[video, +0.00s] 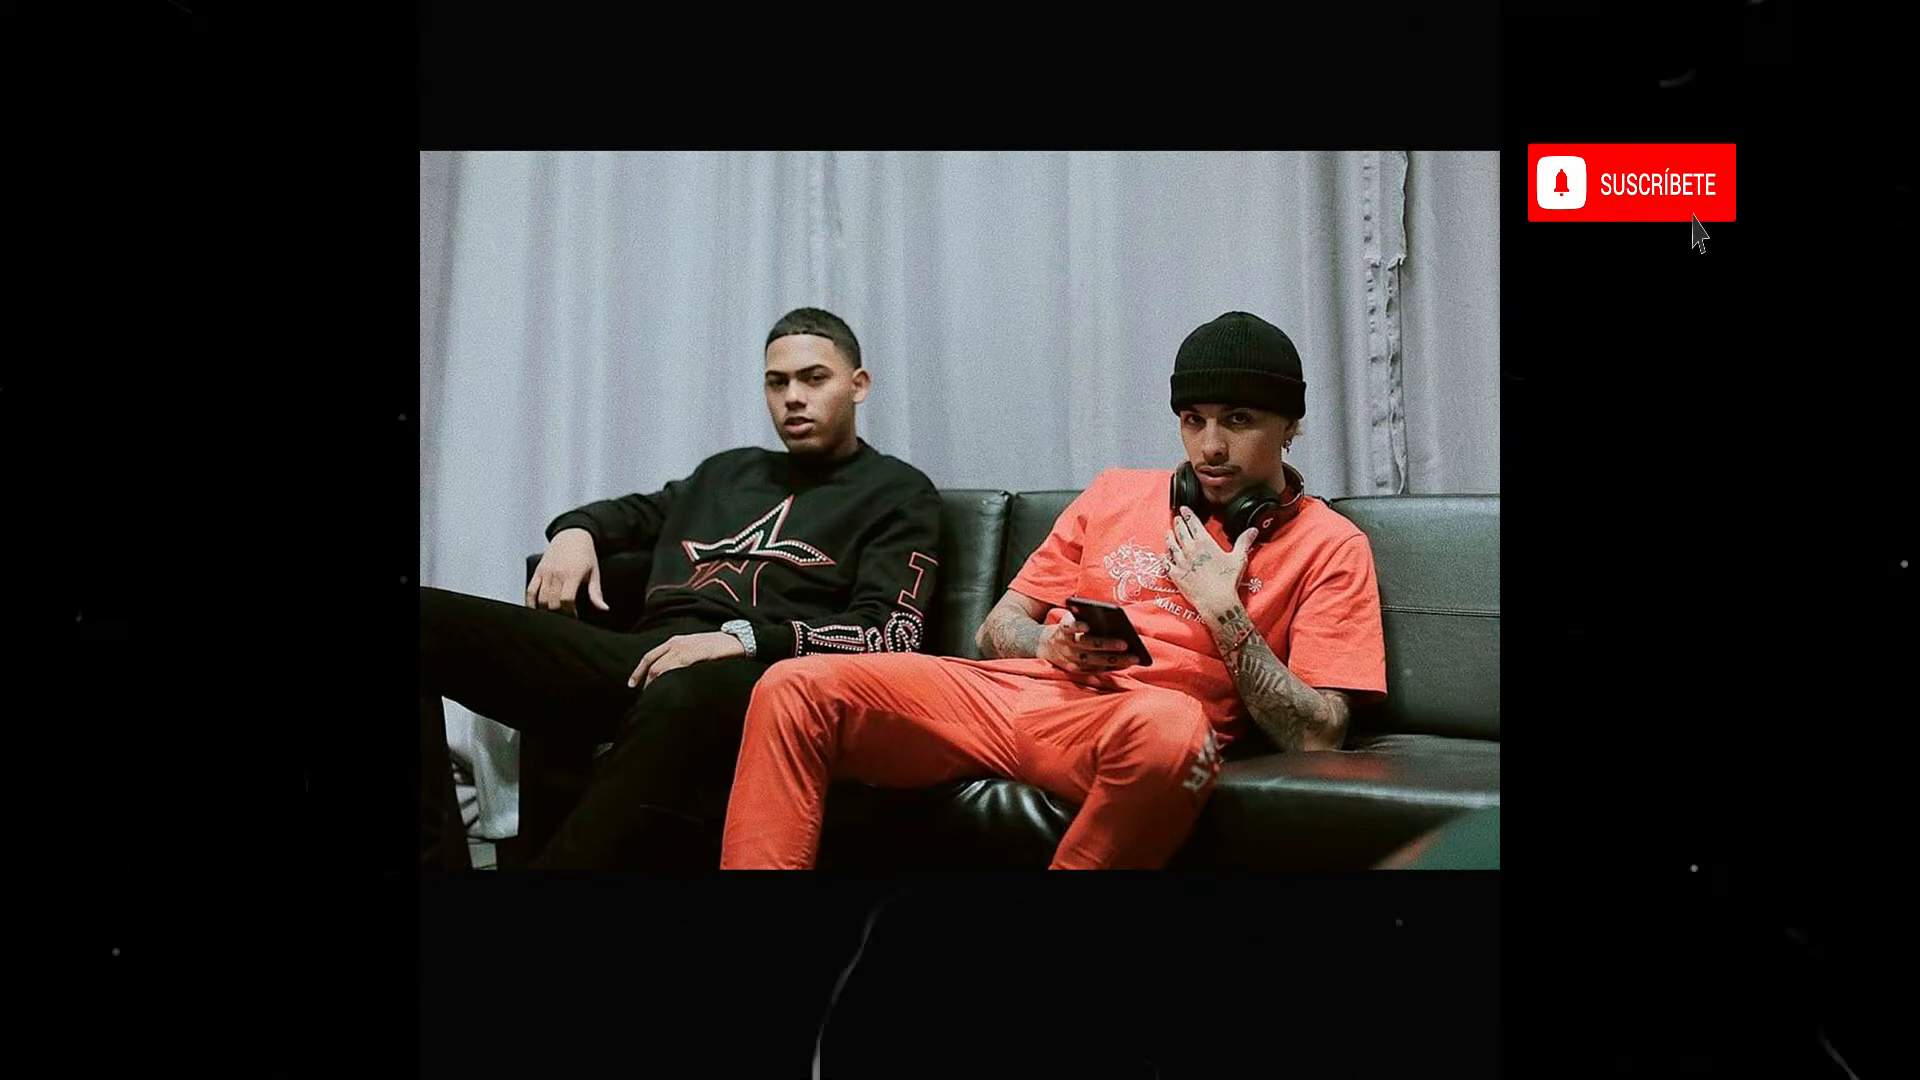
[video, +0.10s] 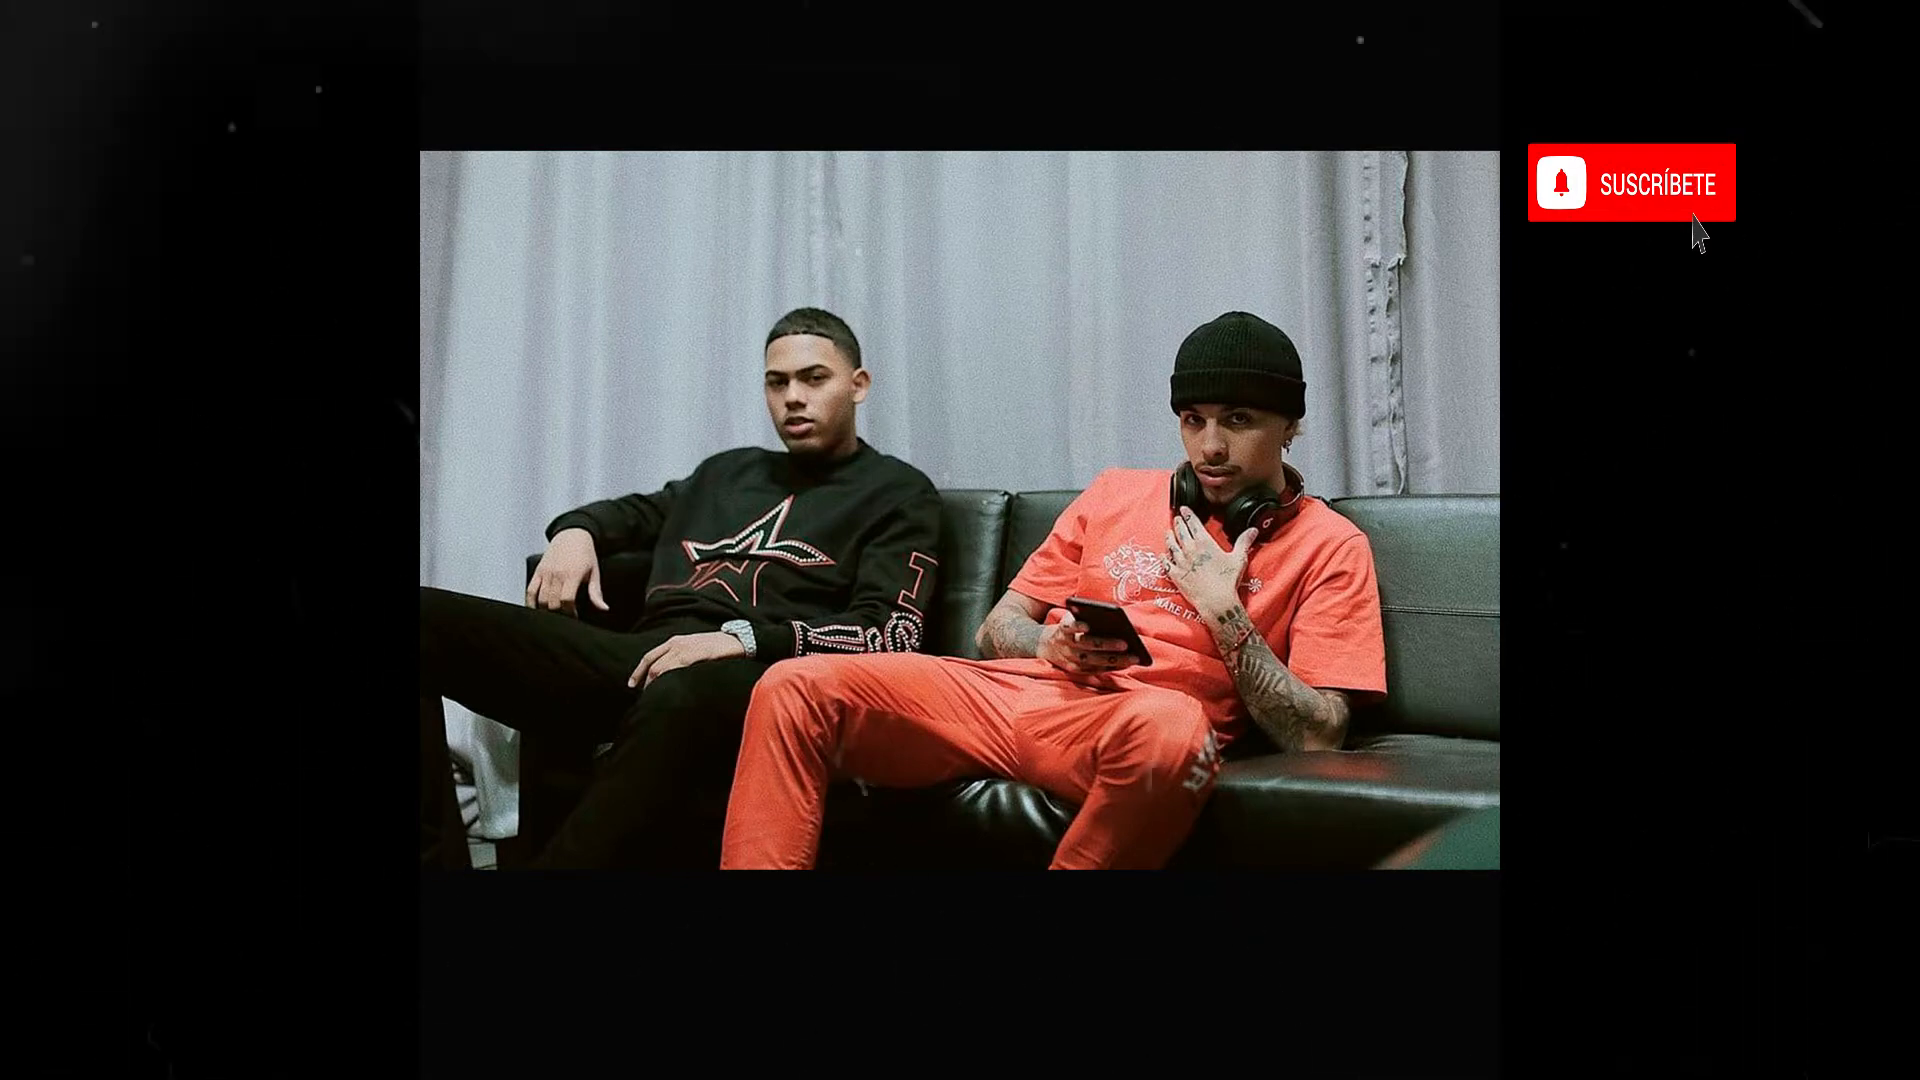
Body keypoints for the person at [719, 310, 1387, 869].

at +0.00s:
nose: (1210, 445)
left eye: (1238, 421)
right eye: (1196, 419)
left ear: (1289, 429)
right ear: (1179, 422)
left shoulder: (1328, 546)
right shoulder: (1118, 493)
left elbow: (1318, 734)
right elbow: (999, 626)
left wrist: (1226, 614)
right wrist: (1050, 646)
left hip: (1132, 708)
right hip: (1013, 685)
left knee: (1170, 747)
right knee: (792, 693)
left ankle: (1047, 951)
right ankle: (756, 951)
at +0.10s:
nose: (1210, 445)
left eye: (1237, 421)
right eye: (1196, 419)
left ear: (1289, 429)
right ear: (1179, 422)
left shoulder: (1328, 546)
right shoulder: (1117, 493)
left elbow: (1318, 734)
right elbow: (999, 626)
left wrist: (1227, 615)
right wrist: (1051, 647)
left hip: (1132, 708)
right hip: (1013, 685)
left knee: (1170, 745)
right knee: (791, 694)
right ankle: (759, 902)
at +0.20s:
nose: (1210, 445)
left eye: (1238, 421)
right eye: (1196, 419)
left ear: (1289, 429)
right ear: (1179, 422)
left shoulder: (1328, 546)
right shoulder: (1118, 493)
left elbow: (1319, 734)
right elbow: (999, 626)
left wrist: (1227, 614)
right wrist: (1050, 647)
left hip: (1132, 708)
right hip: (1014, 685)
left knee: (1170, 747)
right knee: (792, 693)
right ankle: (756, 915)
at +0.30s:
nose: (1211, 445)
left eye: (1238, 421)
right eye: (1196, 419)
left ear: (1289, 429)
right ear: (1179, 422)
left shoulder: (1328, 545)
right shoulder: (1118, 492)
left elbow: (1318, 735)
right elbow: (999, 626)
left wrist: (1226, 614)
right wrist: (1051, 647)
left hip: (1130, 708)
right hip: (1013, 685)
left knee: (1170, 746)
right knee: (791, 694)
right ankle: (758, 931)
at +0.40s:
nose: (1210, 445)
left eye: (1238, 421)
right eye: (1196, 419)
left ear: (1289, 429)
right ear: (1179, 422)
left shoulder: (1328, 546)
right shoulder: (1118, 493)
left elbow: (1318, 734)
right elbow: (999, 627)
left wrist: (1226, 614)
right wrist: (1050, 647)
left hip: (1132, 708)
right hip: (1013, 685)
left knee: (1170, 747)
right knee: (792, 693)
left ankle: (1048, 954)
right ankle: (757, 943)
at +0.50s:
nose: (1210, 445)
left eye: (1238, 421)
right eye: (1196, 419)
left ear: (1289, 429)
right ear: (1179, 422)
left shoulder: (1328, 546)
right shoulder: (1118, 492)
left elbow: (1318, 734)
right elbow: (999, 626)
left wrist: (1226, 614)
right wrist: (1050, 647)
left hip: (1132, 708)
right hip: (1014, 685)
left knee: (1170, 746)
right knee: (792, 693)